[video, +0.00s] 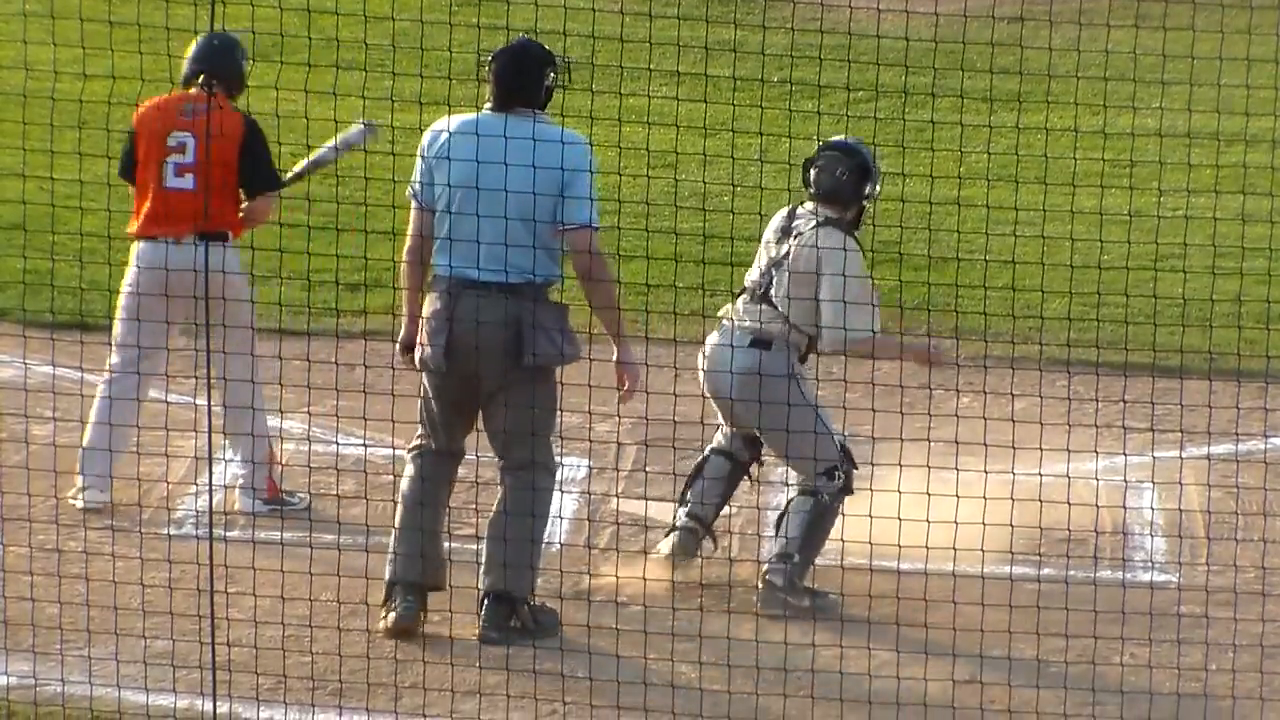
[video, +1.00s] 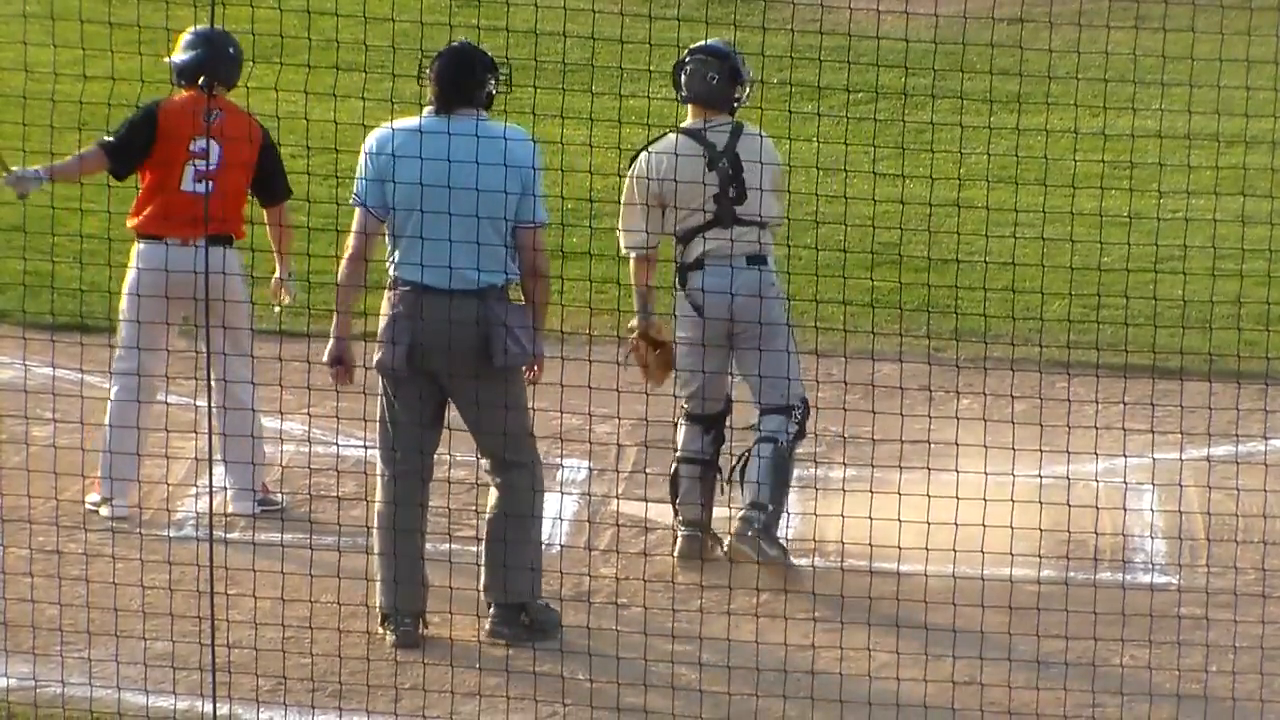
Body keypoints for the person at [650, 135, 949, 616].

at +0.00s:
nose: (864, 203)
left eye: (864, 193)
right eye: (864, 194)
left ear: (813, 184)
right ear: (858, 199)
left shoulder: (783, 219)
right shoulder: (836, 245)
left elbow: (775, 294)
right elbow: (849, 338)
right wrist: (914, 351)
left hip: (716, 356)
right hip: (763, 369)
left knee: (746, 431)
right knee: (831, 471)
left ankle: (684, 534)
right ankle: (782, 583)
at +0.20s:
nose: (853, 171)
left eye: (853, 162)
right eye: (851, 162)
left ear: (801, 155)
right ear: (841, 164)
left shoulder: (776, 185)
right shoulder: (814, 199)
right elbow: (818, 229)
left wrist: (745, 248)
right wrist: (897, 222)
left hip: (713, 335)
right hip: (758, 342)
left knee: (743, 426)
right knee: (817, 464)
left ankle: (699, 532)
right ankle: (779, 581)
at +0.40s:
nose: (808, 130)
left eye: (806, 123)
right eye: (806, 124)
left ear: (751, 123)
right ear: (799, 132)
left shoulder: (704, 164)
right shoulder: (801, 191)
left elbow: (657, 217)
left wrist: (703, 238)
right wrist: (841, 155)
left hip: (710, 300)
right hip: (766, 305)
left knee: (714, 413)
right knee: (781, 432)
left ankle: (694, 524)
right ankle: (779, 553)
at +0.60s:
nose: (757, 101)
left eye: (708, 95)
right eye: (754, 94)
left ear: (700, 102)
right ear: (754, 101)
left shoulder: (675, 165)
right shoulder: (788, 154)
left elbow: (655, 242)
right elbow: (817, 147)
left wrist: (706, 233)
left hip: (706, 288)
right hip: (764, 290)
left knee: (713, 414)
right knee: (777, 415)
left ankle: (694, 529)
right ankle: (760, 536)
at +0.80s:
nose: (732, 102)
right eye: (735, 93)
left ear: (685, 99)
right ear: (738, 98)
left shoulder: (665, 164)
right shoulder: (765, 150)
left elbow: (657, 246)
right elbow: (725, 204)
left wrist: (633, 203)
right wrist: (644, 193)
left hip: (706, 286)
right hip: (768, 284)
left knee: (709, 412)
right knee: (777, 410)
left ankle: (693, 528)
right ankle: (766, 520)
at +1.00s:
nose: (739, 94)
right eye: (737, 87)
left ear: (683, 90)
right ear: (735, 92)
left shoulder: (654, 158)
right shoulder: (762, 147)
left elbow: (640, 249)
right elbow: (769, 221)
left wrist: (643, 318)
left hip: (696, 291)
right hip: (758, 286)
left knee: (701, 410)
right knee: (780, 409)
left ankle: (691, 526)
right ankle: (757, 523)